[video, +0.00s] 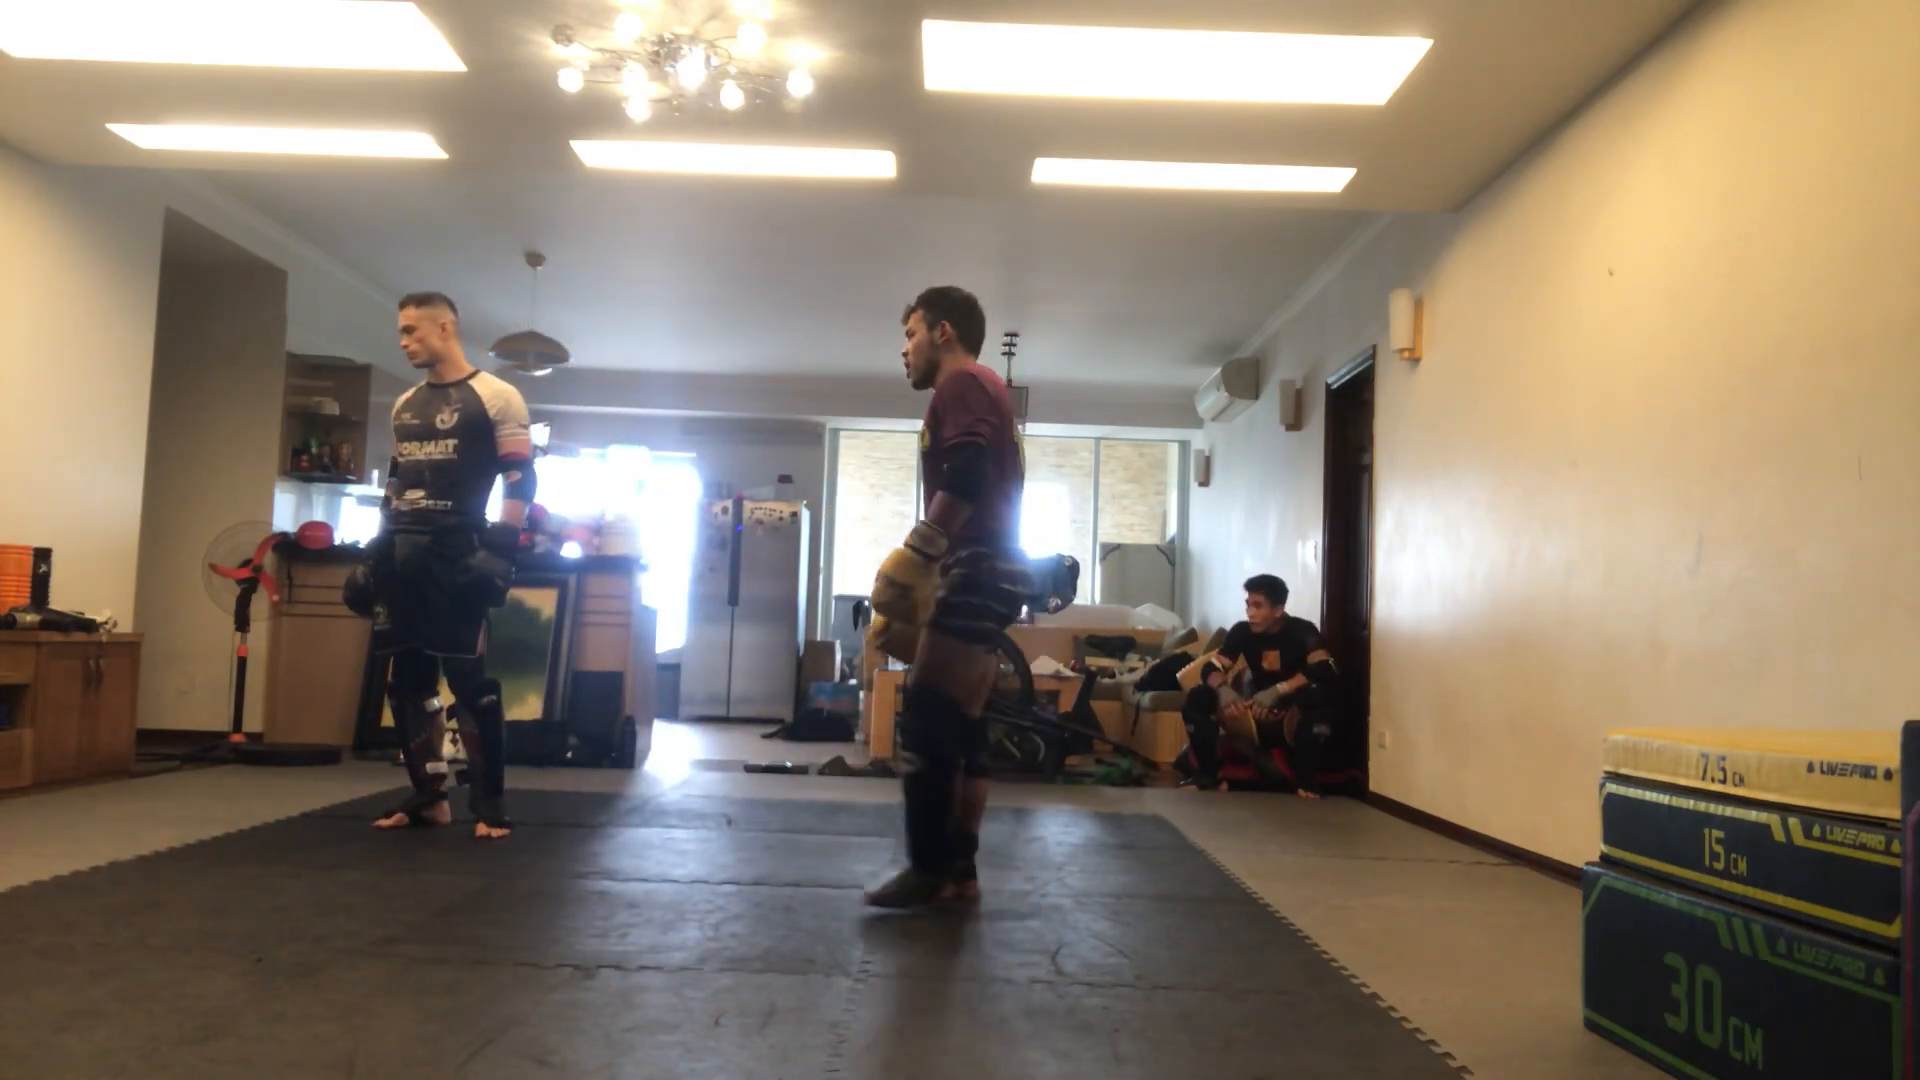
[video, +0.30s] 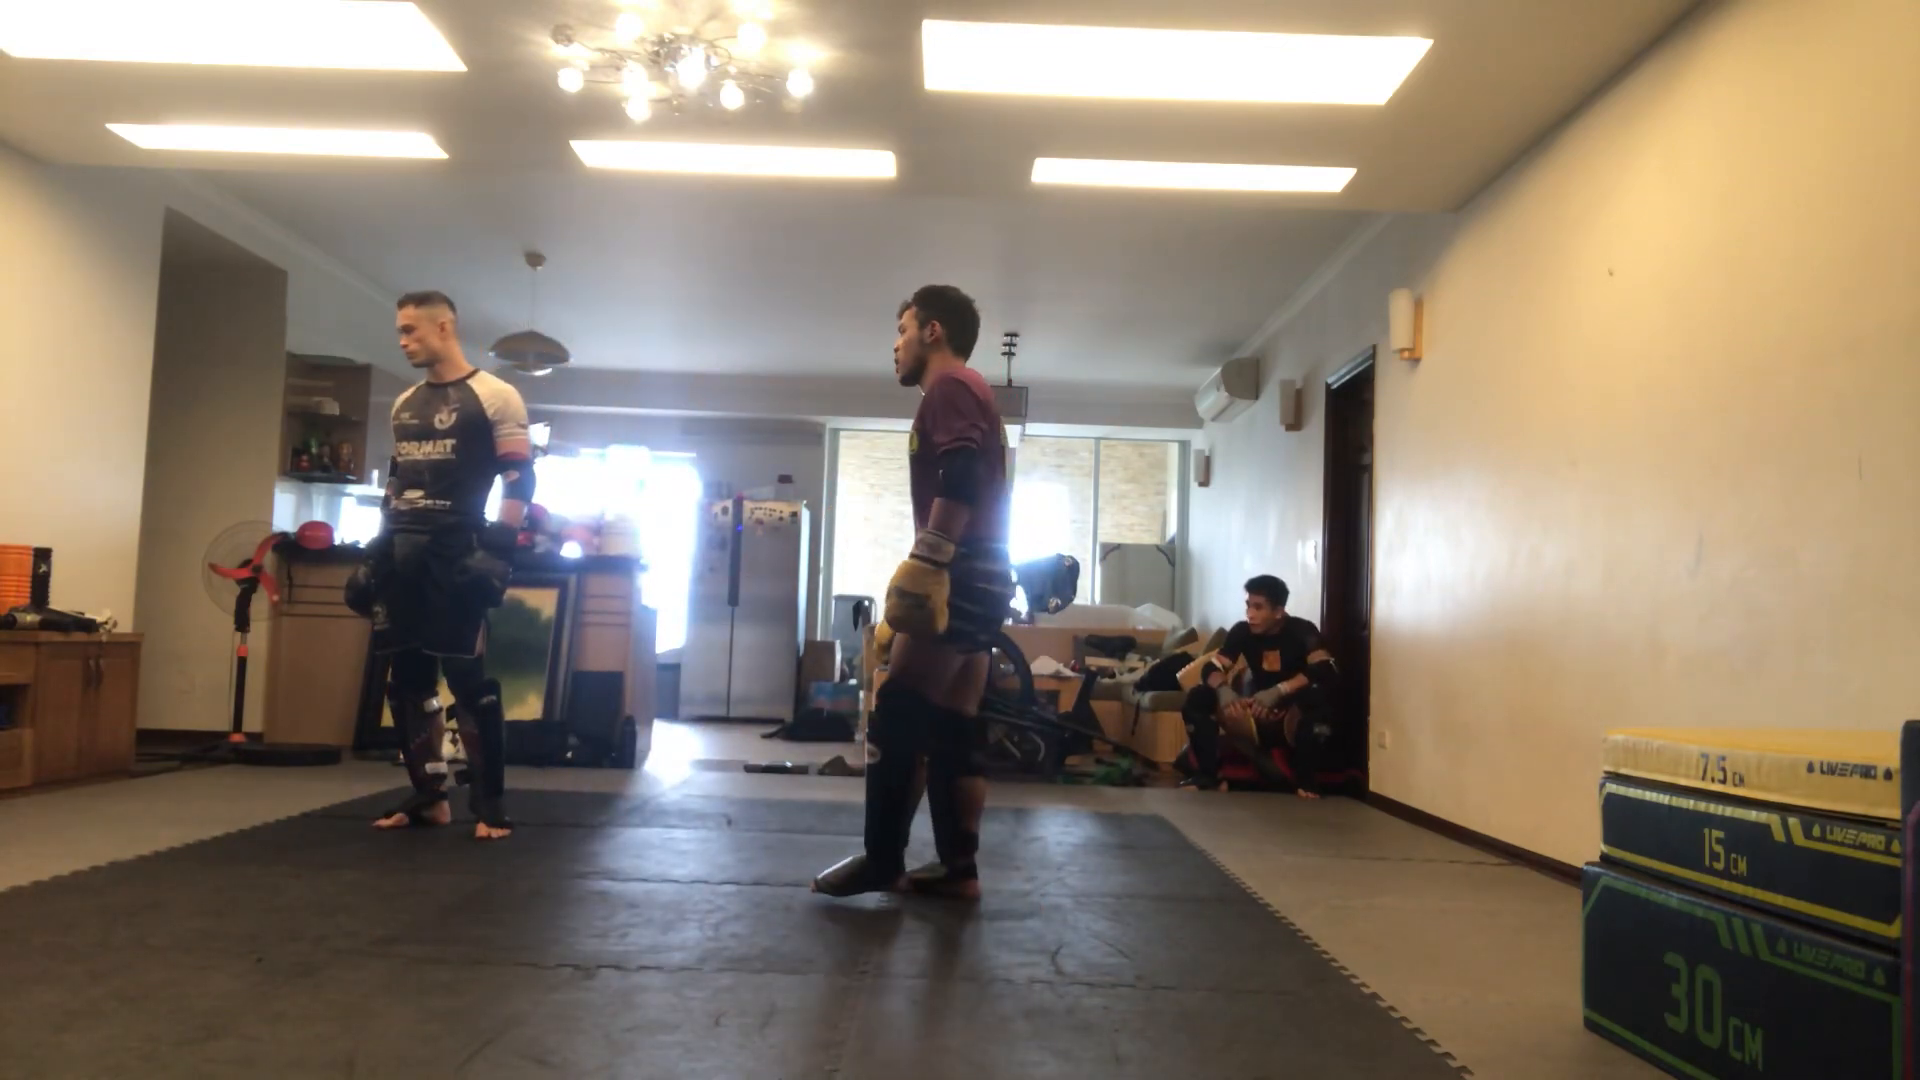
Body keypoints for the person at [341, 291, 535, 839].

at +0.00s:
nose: (404, 342)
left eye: (411, 331)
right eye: (401, 333)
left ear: (446, 327)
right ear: (427, 332)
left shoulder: (497, 396)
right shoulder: (406, 404)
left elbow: (518, 485)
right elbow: (399, 489)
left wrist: (499, 552)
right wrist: (376, 555)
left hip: (460, 555)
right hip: (405, 555)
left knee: (467, 679)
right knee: (408, 681)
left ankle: (490, 805)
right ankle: (430, 799)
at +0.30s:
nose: (403, 342)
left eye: (410, 330)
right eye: (400, 333)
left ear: (445, 325)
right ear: (407, 336)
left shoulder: (496, 396)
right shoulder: (405, 404)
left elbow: (517, 486)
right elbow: (400, 489)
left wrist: (496, 552)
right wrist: (377, 556)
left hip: (459, 555)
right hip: (404, 555)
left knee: (466, 679)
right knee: (408, 681)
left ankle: (490, 806)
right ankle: (429, 799)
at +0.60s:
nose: (402, 341)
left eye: (409, 330)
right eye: (398, 332)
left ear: (444, 325)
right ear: (405, 335)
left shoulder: (494, 395)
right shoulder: (405, 403)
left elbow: (516, 486)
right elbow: (399, 490)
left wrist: (494, 553)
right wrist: (376, 556)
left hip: (458, 554)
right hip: (403, 554)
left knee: (465, 678)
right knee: (407, 681)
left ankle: (490, 807)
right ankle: (430, 800)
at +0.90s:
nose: (401, 340)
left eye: (407, 329)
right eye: (397, 331)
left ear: (442, 324)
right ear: (405, 334)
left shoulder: (494, 394)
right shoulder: (403, 402)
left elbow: (516, 484)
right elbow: (395, 489)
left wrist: (494, 552)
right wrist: (376, 555)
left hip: (458, 553)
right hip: (402, 553)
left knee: (464, 675)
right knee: (406, 679)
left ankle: (490, 805)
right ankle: (430, 799)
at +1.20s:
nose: (400, 339)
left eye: (407, 328)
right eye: (396, 330)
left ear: (443, 323)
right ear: (403, 334)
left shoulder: (494, 393)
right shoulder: (401, 402)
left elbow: (515, 484)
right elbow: (393, 487)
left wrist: (494, 552)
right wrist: (373, 553)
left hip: (458, 553)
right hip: (402, 553)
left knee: (465, 677)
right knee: (407, 679)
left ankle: (490, 806)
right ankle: (429, 799)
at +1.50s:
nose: (401, 339)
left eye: (408, 328)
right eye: (397, 330)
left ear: (443, 323)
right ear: (402, 333)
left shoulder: (493, 393)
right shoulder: (401, 401)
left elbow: (515, 484)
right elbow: (391, 488)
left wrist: (494, 553)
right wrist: (371, 553)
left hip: (457, 554)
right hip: (401, 553)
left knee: (465, 677)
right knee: (407, 679)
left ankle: (490, 805)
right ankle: (429, 799)